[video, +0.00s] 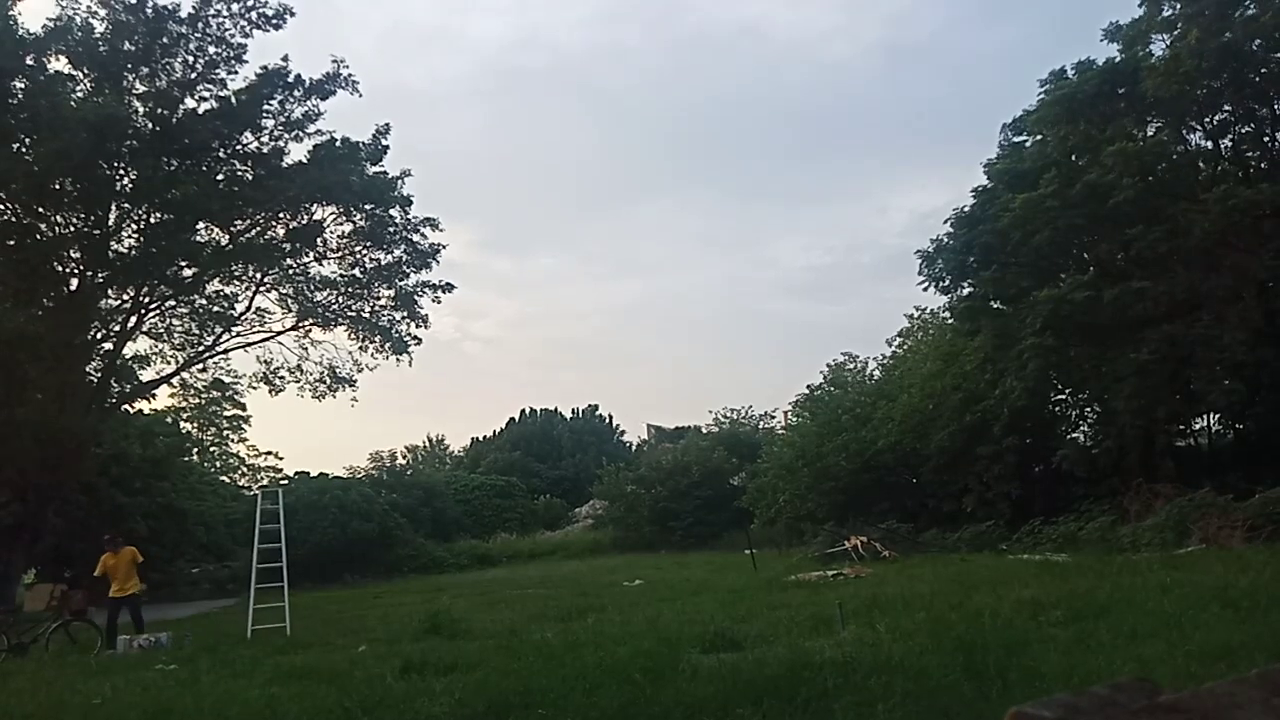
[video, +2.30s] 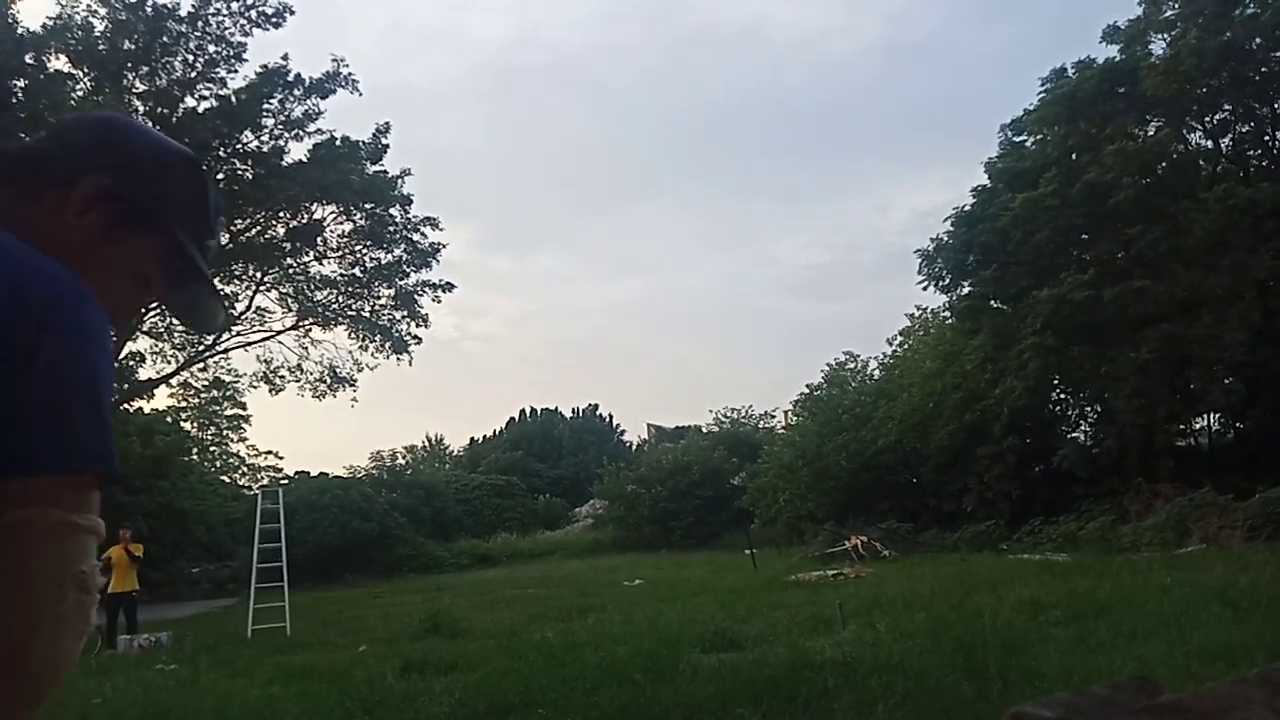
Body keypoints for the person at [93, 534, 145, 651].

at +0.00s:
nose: (108, 548)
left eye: (110, 545)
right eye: (107, 546)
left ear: (117, 543)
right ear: (106, 546)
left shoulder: (131, 551)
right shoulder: (105, 558)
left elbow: (142, 566)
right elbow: (97, 577)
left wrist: (143, 582)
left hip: (132, 590)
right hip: (115, 592)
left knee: (137, 618)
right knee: (111, 621)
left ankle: (141, 643)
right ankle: (110, 648)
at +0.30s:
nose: (110, 544)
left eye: (112, 541)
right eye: (108, 541)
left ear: (118, 540)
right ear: (106, 543)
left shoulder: (130, 551)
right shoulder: (104, 556)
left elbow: (139, 568)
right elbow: (95, 574)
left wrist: (132, 579)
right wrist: (87, 584)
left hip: (128, 592)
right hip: (111, 594)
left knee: (130, 622)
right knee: (109, 623)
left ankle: (133, 646)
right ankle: (110, 649)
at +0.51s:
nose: (117, 536)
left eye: (120, 533)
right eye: (116, 534)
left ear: (126, 534)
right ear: (113, 535)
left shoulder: (135, 546)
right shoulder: (111, 549)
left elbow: (140, 563)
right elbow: (100, 562)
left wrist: (126, 569)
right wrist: (98, 570)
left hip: (129, 589)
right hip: (113, 589)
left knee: (132, 618)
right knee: (112, 619)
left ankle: (135, 642)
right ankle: (113, 645)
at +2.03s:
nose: (123, 537)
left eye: (126, 535)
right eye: (122, 534)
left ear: (131, 535)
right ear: (119, 535)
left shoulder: (138, 546)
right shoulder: (115, 548)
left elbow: (141, 559)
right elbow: (102, 559)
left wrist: (129, 549)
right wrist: (106, 558)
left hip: (131, 588)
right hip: (115, 588)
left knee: (133, 618)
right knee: (112, 619)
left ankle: (135, 643)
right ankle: (112, 645)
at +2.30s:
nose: (123, 536)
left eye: (126, 534)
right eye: (122, 534)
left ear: (131, 535)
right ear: (119, 535)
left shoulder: (137, 548)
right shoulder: (113, 550)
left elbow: (137, 560)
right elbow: (102, 562)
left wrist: (126, 549)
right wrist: (107, 562)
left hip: (130, 589)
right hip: (114, 589)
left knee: (131, 620)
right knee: (111, 621)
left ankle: (133, 644)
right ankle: (110, 647)